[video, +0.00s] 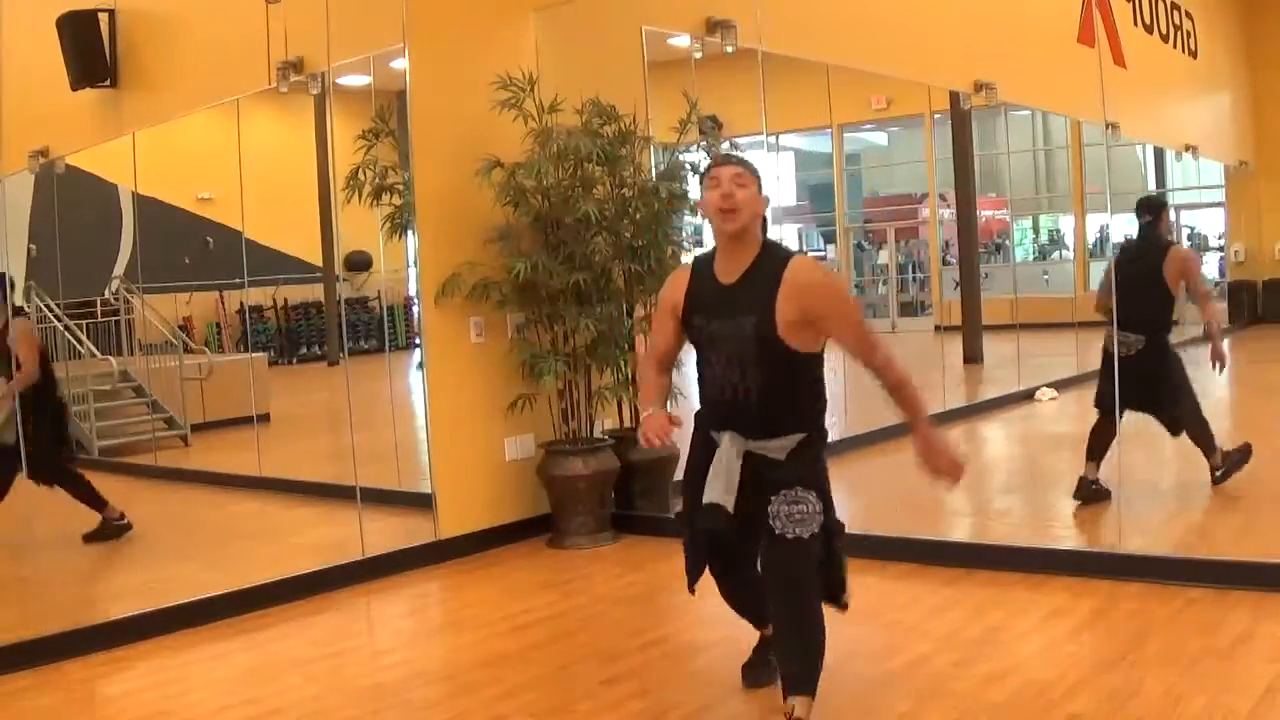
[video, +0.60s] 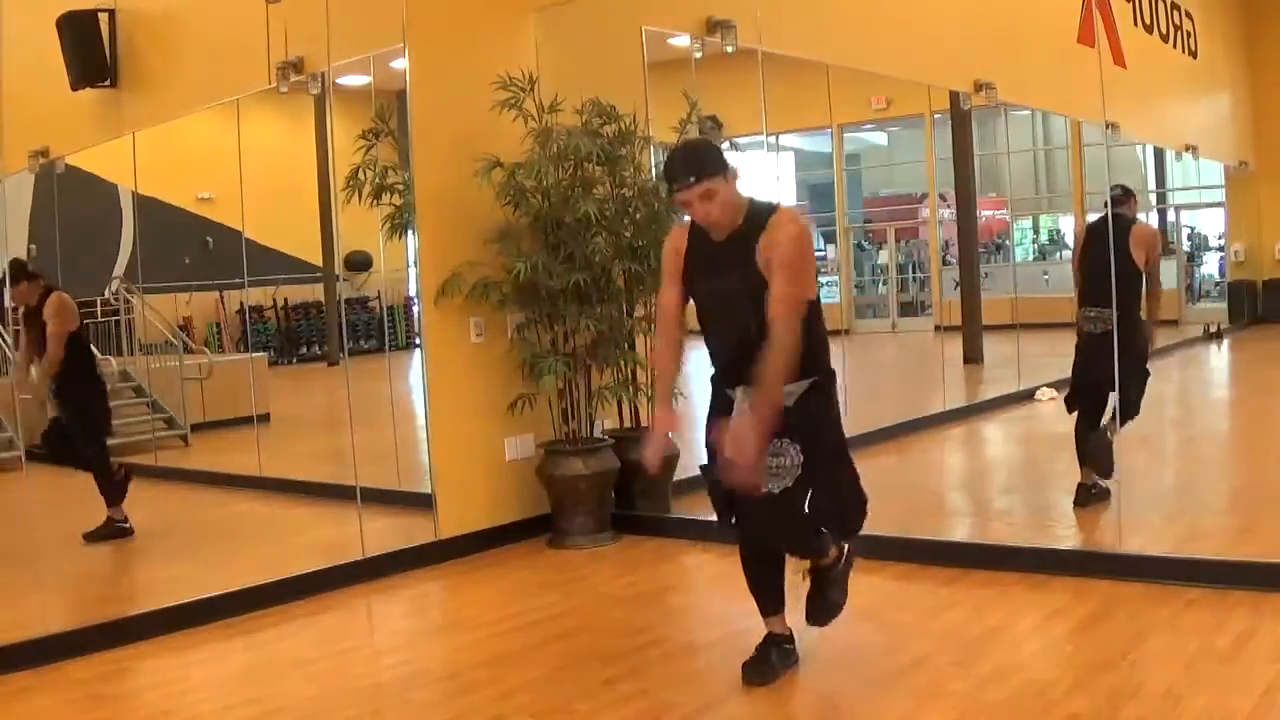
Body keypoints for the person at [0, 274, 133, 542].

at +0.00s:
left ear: (4, 296)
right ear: (7, 295)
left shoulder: (19, 327)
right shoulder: (12, 329)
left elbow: (30, 372)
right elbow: (28, 372)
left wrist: (7, 392)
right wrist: (8, 391)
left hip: (41, 409)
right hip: (28, 408)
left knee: (50, 467)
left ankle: (113, 516)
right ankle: (111, 515)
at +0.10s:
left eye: (2, 287)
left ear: (15, 289)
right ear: (13, 290)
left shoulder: (36, 320)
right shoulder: (14, 323)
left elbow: (46, 365)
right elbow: (16, 370)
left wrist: (12, 373)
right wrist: (9, 418)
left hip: (59, 405)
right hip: (38, 405)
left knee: (67, 464)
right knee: (19, 463)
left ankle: (114, 517)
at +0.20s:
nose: (6, 283)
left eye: (10, 276)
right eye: (6, 277)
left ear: (24, 277)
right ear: (22, 279)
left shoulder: (45, 307)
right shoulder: (22, 311)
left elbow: (39, 347)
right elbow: (17, 350)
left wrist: (9, 334)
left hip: (74, 396)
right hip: (56, 396)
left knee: (80, 455)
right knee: (34, 451)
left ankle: (117, 517)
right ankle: (29, 519)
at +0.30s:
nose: (10, 279)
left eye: (13, 273)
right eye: (10, 274)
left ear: (28, 274)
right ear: (27, 274)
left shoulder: (52, 301)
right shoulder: (32, 305)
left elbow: (25, 334)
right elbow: (10, 337)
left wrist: (12, 296)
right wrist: (11, 308)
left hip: (86, 390)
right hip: (66, 392)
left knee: (94, 450)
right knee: (48, 446)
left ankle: (119, 517)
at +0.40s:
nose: (11, 279)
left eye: (14, 274)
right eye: (12, 274)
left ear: (29, 274)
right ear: (27, 275)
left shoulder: (56, 300)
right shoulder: (32, 304)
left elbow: (25, 331)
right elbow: (9, 329)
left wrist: (13, 306)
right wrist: (13, 310)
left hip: (90, 391)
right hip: (66, 392)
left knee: (98, 452)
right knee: (65, 452)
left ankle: (116, 517)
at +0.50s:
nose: (11, 287)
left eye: (13, 280)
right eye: (10, 281)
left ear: (28, 276)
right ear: (27, 278)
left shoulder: (59, 298)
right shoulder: (31, 307)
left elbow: (37, 337)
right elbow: (17, 338)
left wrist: (9, 337)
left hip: (87, 387)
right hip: (65, 389)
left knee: (97, 449)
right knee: (64, 448)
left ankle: (118, 517)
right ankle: (122, 481)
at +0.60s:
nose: (12, 297)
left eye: (13, 290)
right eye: (10, 291)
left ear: (26, 283)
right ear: (24, 286)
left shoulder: (57, 302)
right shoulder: (32, 310)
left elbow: (55, 355)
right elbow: (25, 351)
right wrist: (19, 381)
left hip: (84, 389)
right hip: (67, 391)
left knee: (94, 449)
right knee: (57, 446)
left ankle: (118, 518)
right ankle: (113, 472)